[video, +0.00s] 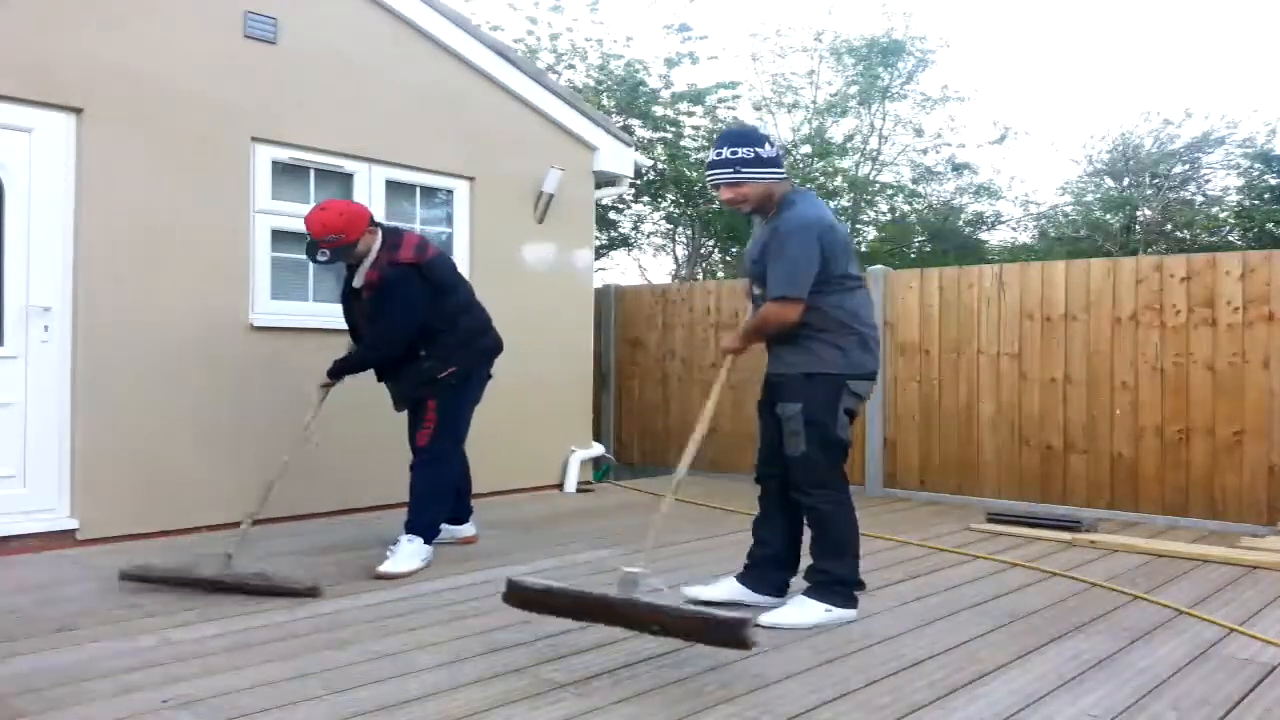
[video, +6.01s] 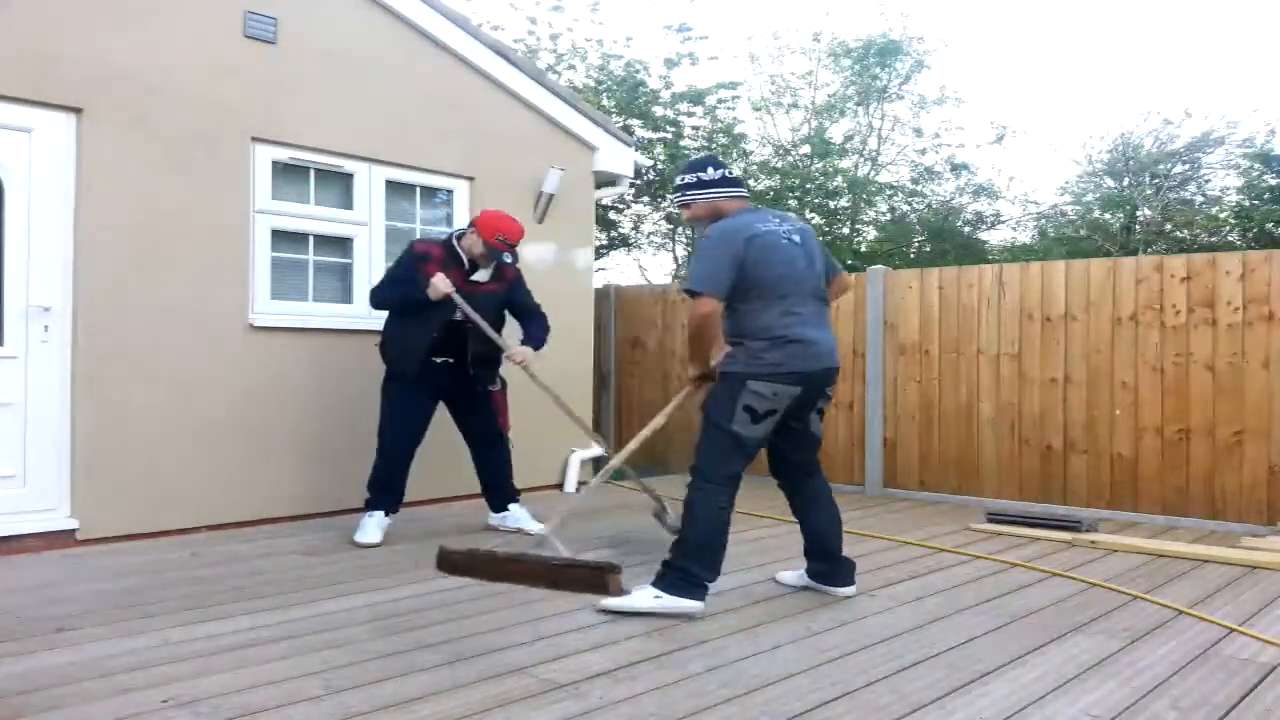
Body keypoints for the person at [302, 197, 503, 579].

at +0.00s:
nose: (338, 259)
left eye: (341, 252)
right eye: (334, 253)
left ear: (362, 237)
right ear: (362, 235)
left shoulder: (398, 269)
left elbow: (390, 341)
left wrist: (341, 368)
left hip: (455, 356)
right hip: (433, 356)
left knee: (429, 446)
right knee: (441, 440)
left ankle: (417, 540)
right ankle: (457, 521)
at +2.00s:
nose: (233, 242)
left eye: (242, 235)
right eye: (226, 233)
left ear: (256, 222)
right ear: (203, 214)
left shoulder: (272, 252)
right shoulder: (163, 233)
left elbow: (271, 325)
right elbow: (96, 282)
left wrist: (203, 341)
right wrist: (130, 249)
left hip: (244, 364)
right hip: (171, 362)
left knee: (251, 444)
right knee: (174, 449)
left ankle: (249, 525)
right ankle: (183, 541)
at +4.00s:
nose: (355, 245)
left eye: (361, 239)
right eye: (351, 237)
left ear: (366, 232)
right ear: (329, 222)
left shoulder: (371, 259)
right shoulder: (275, 243)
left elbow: (365, 317)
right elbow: (206, 286)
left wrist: (318, 332)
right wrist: (242, 255)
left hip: (343, 351)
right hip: (280, 353)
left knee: (378, 425)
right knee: (289, 433)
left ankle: (409, 507)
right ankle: (286, 523)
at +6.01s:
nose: (493, 261)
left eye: (498, 256)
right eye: (490, 253)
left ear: (503, 251)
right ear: (473, 237)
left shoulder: (505, 273)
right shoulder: (424, 254)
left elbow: (534, 317)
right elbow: (379, 297)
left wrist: (530, 345)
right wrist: (425, 293)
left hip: (470, 372)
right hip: (413, 370)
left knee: (490, 439)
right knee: (396, 443)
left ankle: (504, 508)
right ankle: (378, 512)